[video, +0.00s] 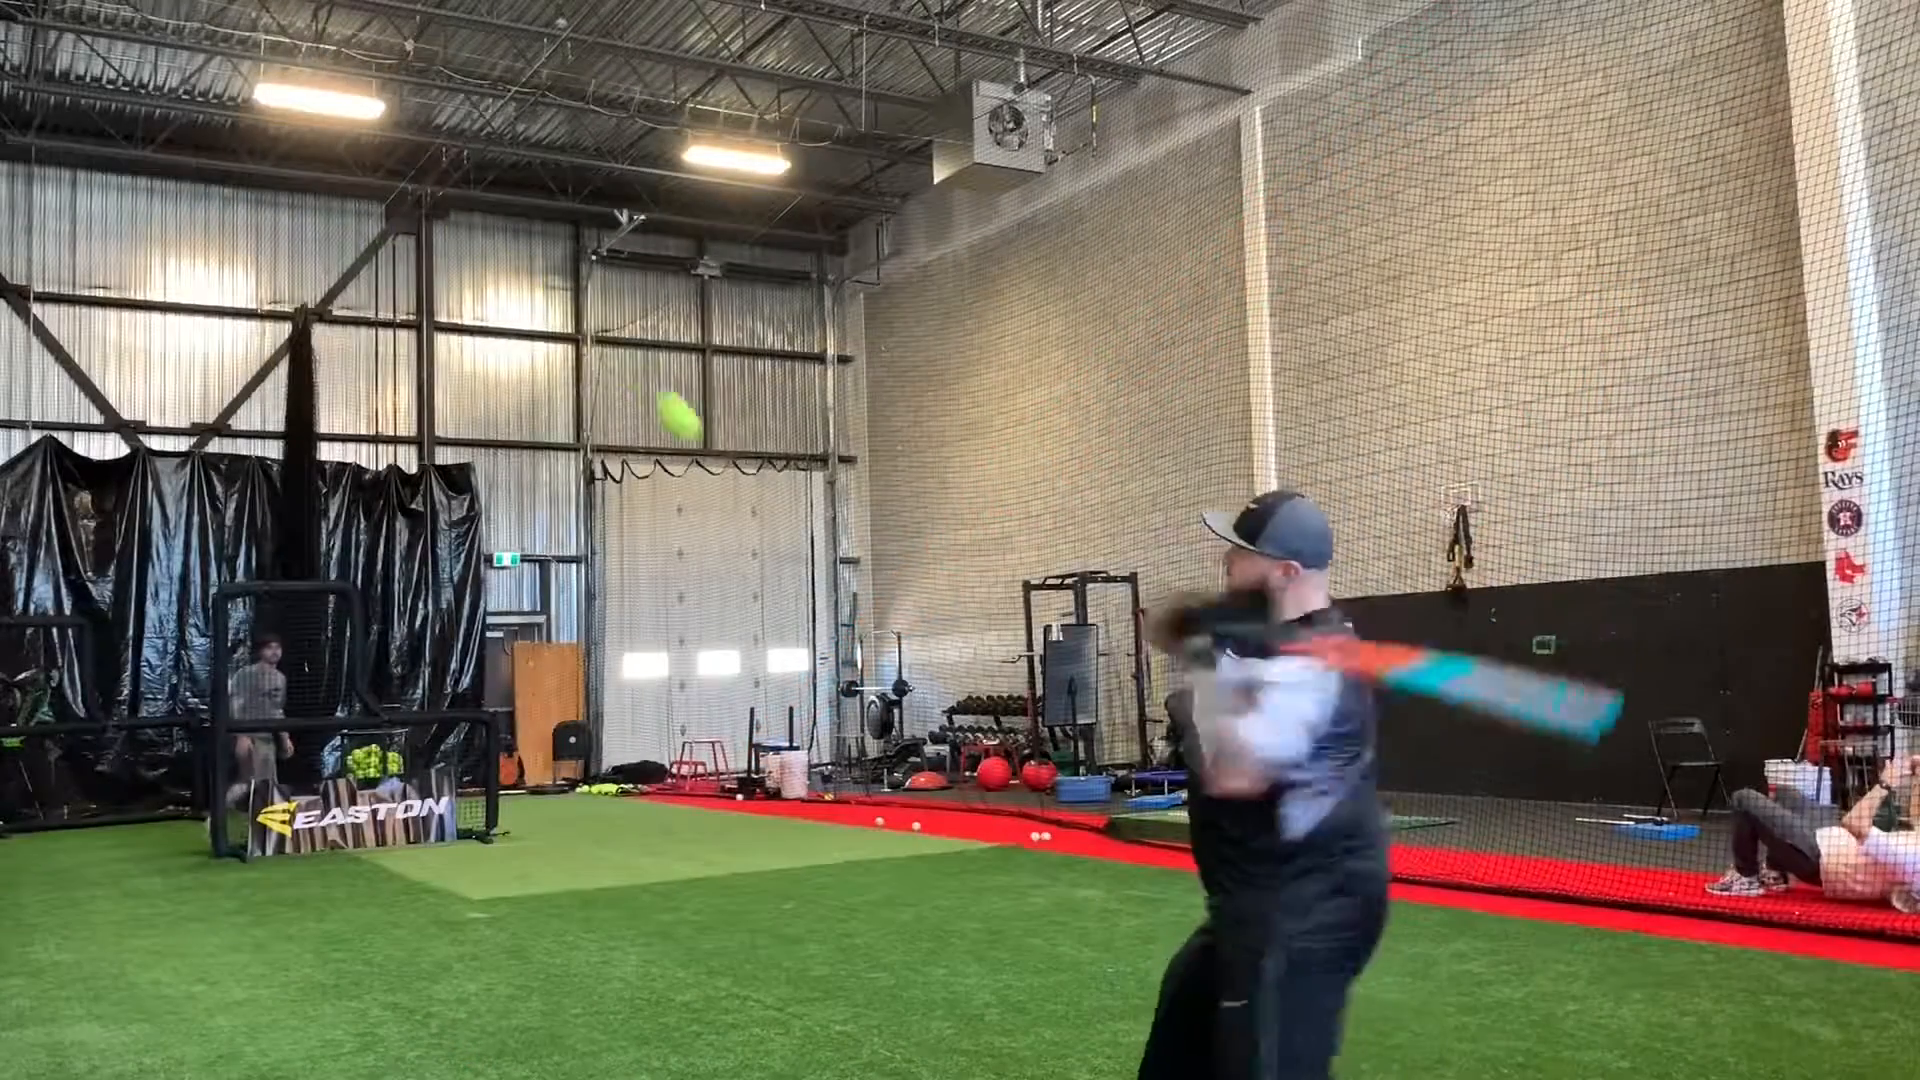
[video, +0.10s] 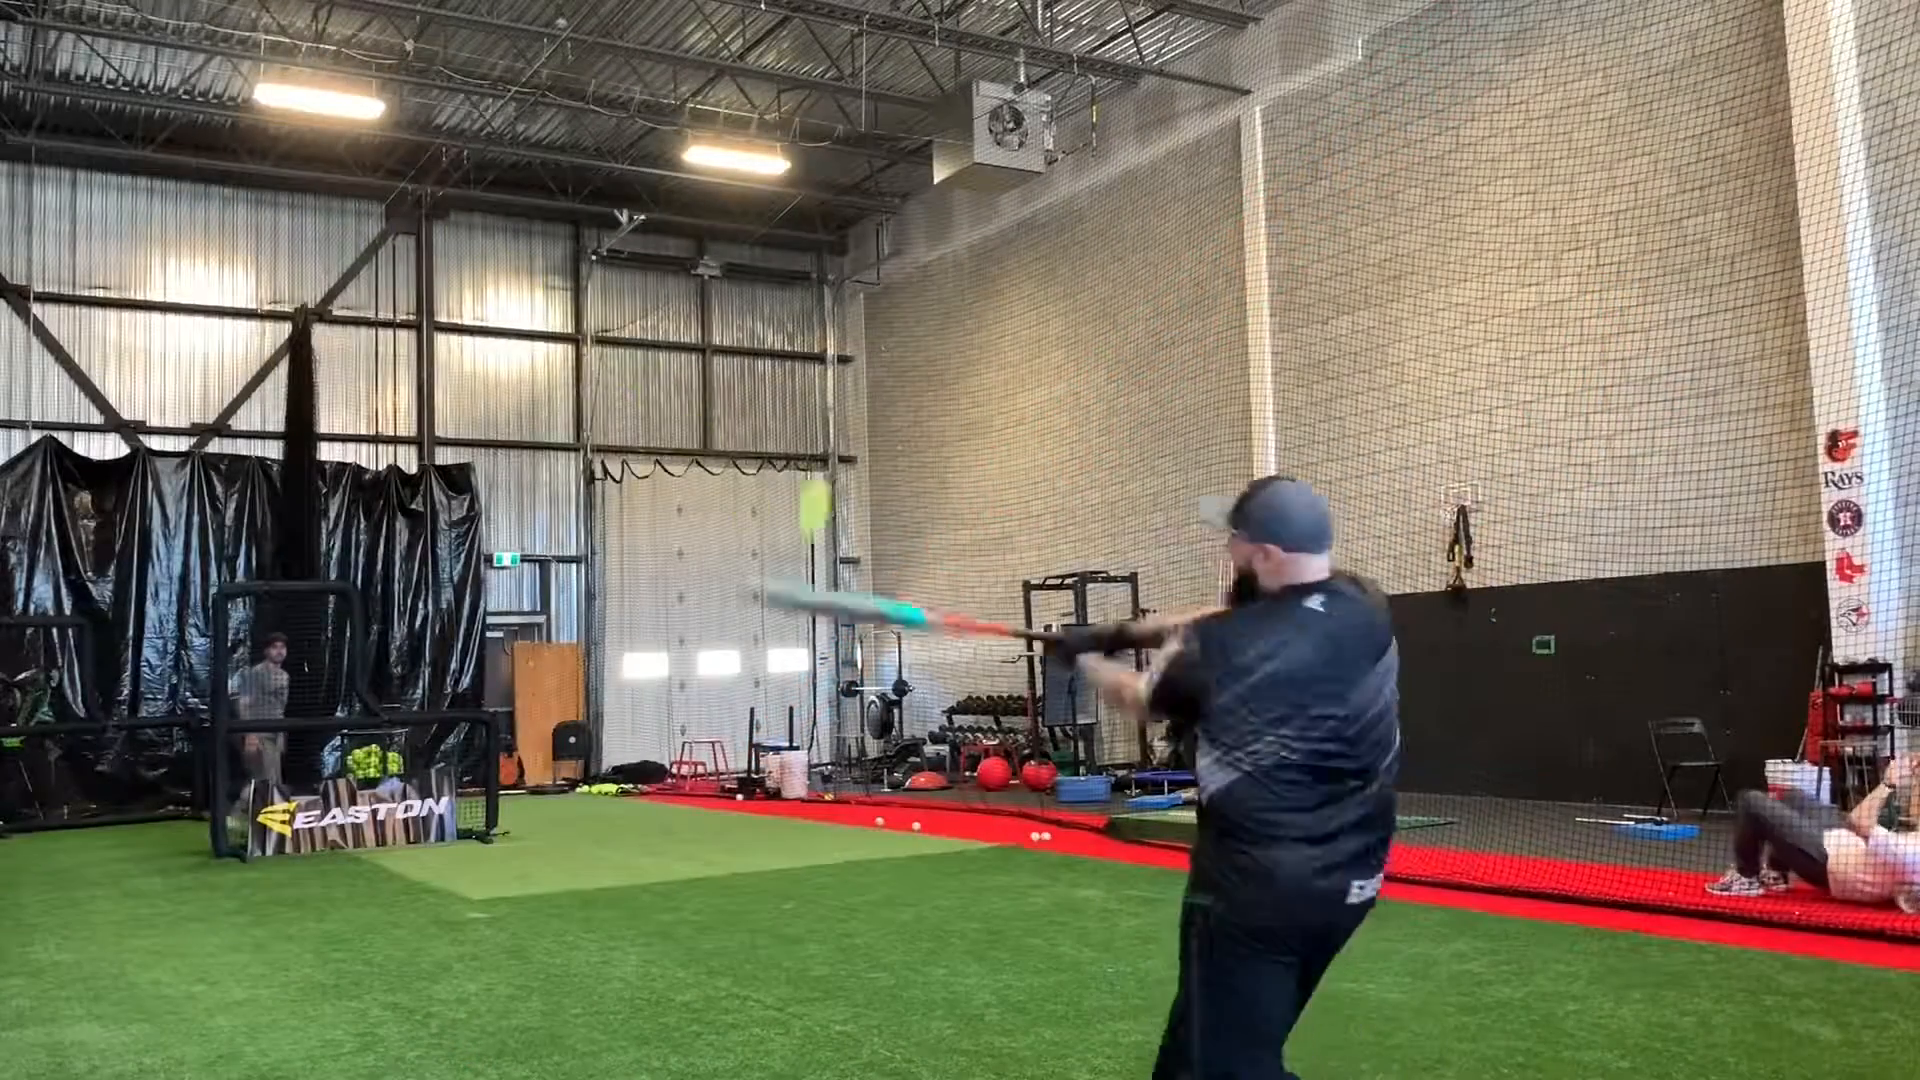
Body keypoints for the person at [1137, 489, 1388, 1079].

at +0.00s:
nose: (1228, 559)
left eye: (1241, 550)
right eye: (1233, 548)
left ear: (1286, 570)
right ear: (1285, 570)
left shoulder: (1311, 661)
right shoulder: (1264, 633)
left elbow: (1233, 771)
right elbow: (1160, 630)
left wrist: (1202, 678)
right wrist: (1206, 620)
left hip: (1312, 896)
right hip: (1274, 886)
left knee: (1273, 1055)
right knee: (1189, 995)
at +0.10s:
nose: (1229, 554)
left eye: (1235, 542)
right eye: (1230, 541)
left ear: (1265, 553)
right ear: (1316, 542)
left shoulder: (1224, 646)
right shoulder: (1365, 610)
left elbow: (1143, 697)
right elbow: (1241, 618)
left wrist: (1086, 659)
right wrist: (1138, 630)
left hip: (1254, 892)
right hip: (1348, 885)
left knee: (1237, 1062)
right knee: (1197, 1047)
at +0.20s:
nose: (1186, 555)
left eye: (1186, 543)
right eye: (1184, 542)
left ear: (1200, 551)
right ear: (1269, 531)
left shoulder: (1180, 623)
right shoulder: (1344, 575)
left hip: (1245, 876)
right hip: (1349, 868)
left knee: (1213, 1054)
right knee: (1260, 1045)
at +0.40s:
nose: (1215, 531)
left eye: (1213, 519)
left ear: (1219, 524)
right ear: (1290, 508)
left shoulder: (1201, 602)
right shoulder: (1344, 568)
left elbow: (1282, 582)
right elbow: (1453, 616)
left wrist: (1367, 528)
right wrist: (1568, 631)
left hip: (1258, 863)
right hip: (1362, 858)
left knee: (1285, 1055)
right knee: (1256, 1045)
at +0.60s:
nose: (1254, 508)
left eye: (1254, 496)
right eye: (1255, 495)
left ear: (1263, 503)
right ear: (1333, 485)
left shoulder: (1256, 577)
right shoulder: (1360, 544)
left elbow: (1376, 544)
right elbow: (1353, 637)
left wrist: (1421, 483)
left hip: (1288, 842)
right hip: (1390, 839)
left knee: (1300, 1042)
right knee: (1352, 1039)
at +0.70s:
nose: (1271, 492)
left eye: (1269, 481)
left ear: (1271, 488)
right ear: (1346, 476)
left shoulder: (1279, 560)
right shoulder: (1357, 548)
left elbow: (1405, 550)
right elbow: (1352, 668)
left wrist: (1456, 479)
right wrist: (1337, 786)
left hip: (1294, 832)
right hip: (1380, 832)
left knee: (1312, 1036)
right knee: (1376, 1037)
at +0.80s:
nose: (1367, 470)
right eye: (1364, 461)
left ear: (1285, 476)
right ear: (1361, 466)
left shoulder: (1295, 552)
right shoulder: (1365, 542)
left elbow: (1431, 555)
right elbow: (1361, 675)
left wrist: (1489, 477)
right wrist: (1382, 794)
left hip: (1310, 817)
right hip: (1401, 817)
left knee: (1338, 1008)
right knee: (1425, 1004)